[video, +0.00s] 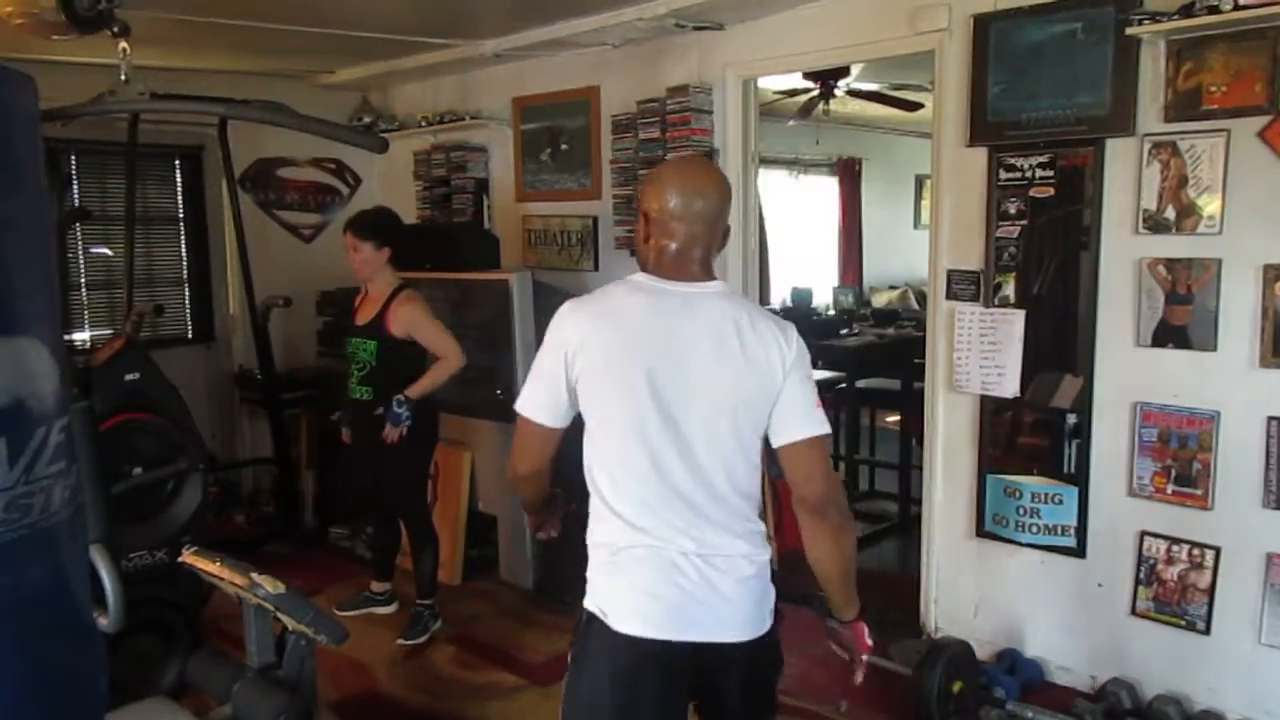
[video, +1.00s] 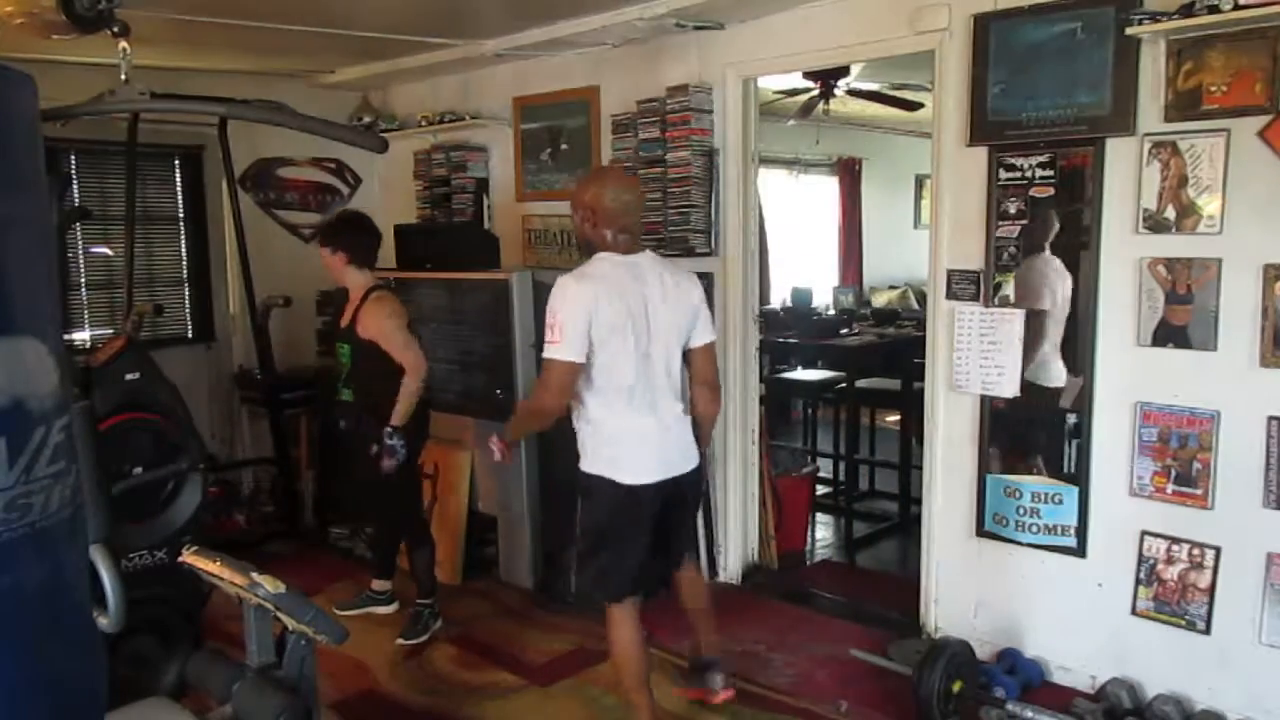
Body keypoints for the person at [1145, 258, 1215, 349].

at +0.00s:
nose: (1181, 273)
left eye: (1184, 269)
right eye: (1178, 269)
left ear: (1189, 272)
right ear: (1173, 272)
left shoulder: (1191, 287)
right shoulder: (1168, 286)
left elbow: (1213, 270)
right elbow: (1151, 266)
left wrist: (1198, 260)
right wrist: (1166, 261)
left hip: (1182, 329)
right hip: (1165, 327)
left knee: (1189, 357)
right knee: (1154, 356)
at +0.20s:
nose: (1182, 273)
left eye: (1185, 270)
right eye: (1179, 270)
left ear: (1189, 272)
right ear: (1173, 272)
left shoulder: (1191, 287)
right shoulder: (1168, 286)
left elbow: (1212, 270)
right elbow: (1151, 265)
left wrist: (1195, 261)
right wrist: (1167, 261)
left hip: (1182, 329)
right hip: (1165, 328)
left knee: (1190, 357)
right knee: (1154, 356)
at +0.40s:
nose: (1183, 273)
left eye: (1185, 270)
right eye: (1180, 269)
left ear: (1189, 272)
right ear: (1173, 271)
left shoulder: (1191, 287)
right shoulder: (1168, 286)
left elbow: (1212, 270)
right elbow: (1151, 265)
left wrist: (1196, 262)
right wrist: (1167, 261)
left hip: (1182, 329)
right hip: (1165, 328)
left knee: (1190, 357)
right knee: (1154, 356)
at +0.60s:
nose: (1182, 273)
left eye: (1185, 269)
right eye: (1179, 270)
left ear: (1189, 272)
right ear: (1173, 271)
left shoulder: (1191, 287)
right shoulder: (1168, 286)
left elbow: (1212, 270)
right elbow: (1151, 265)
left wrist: (1196, 262)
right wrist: (1167, 261)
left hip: (1182, 328)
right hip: (1165, 327)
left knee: (1189, 357)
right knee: (1155, 355)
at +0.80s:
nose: (1181, 273)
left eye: (1184, 269)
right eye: (1178, 269)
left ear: (1188, 272)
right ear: (1173, 272)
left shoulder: (1192, 286)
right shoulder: (1168, 285)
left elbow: (1213, 269)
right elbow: (1151, 266)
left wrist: (1199, 262)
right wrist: (1166, 261)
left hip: (1182, 328)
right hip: (1165, 327)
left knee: (1188, 357)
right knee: (1155, 355)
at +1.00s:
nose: (1181, 273)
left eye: (1184, 269)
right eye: (1178, 269)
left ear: (1188, 271)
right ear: (1173, 272)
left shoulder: (1192, 286)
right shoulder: (1168, 285)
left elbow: (1213, 269)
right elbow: (1151, 266)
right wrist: (1166, 261)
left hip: (1182, 328)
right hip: (1166, 327)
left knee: (1188, 357)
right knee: (1155, 355)